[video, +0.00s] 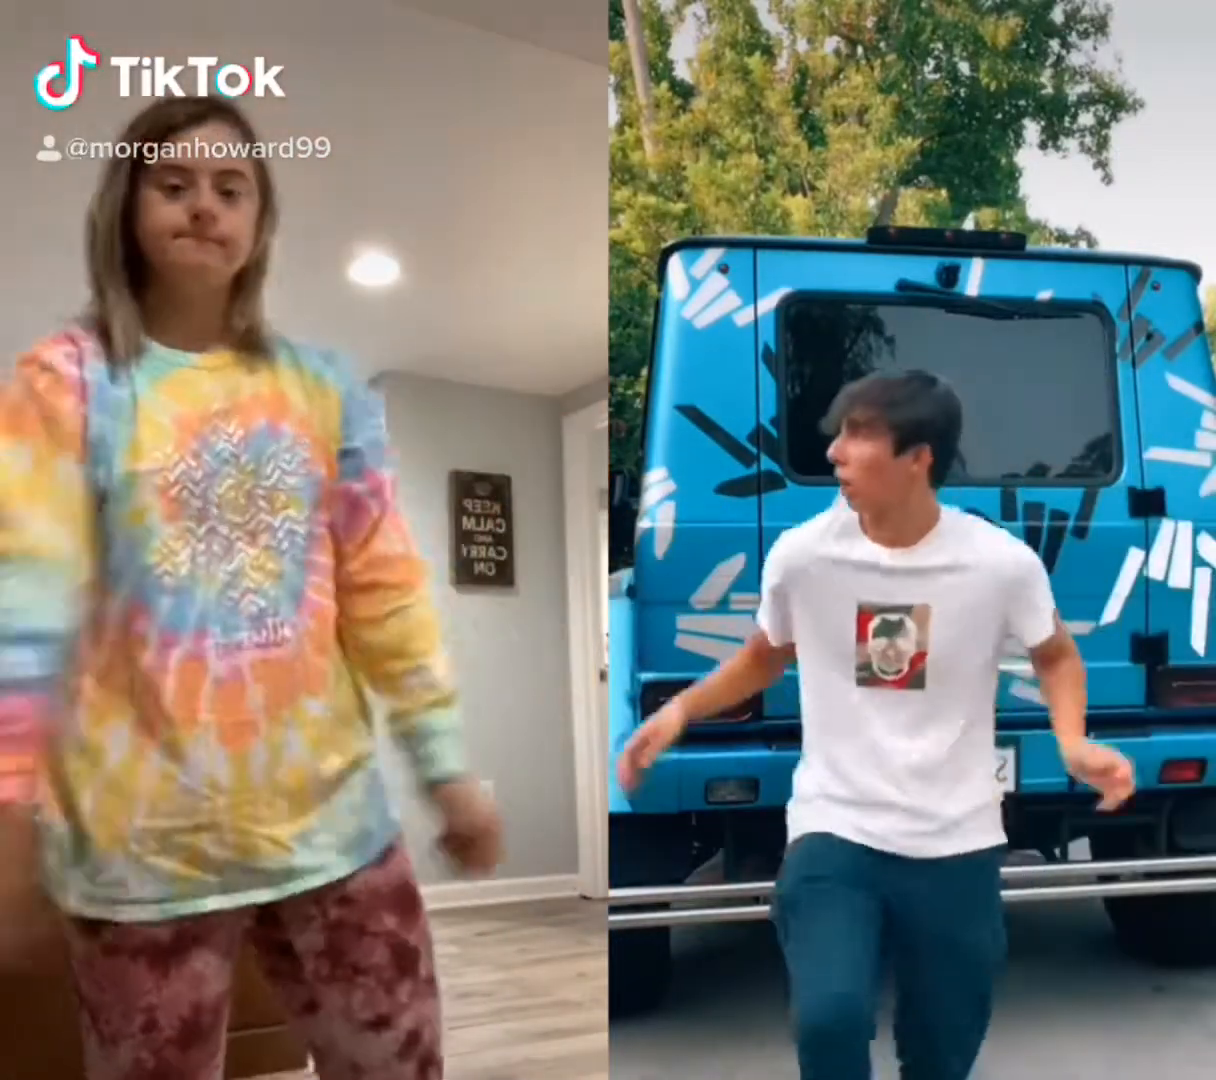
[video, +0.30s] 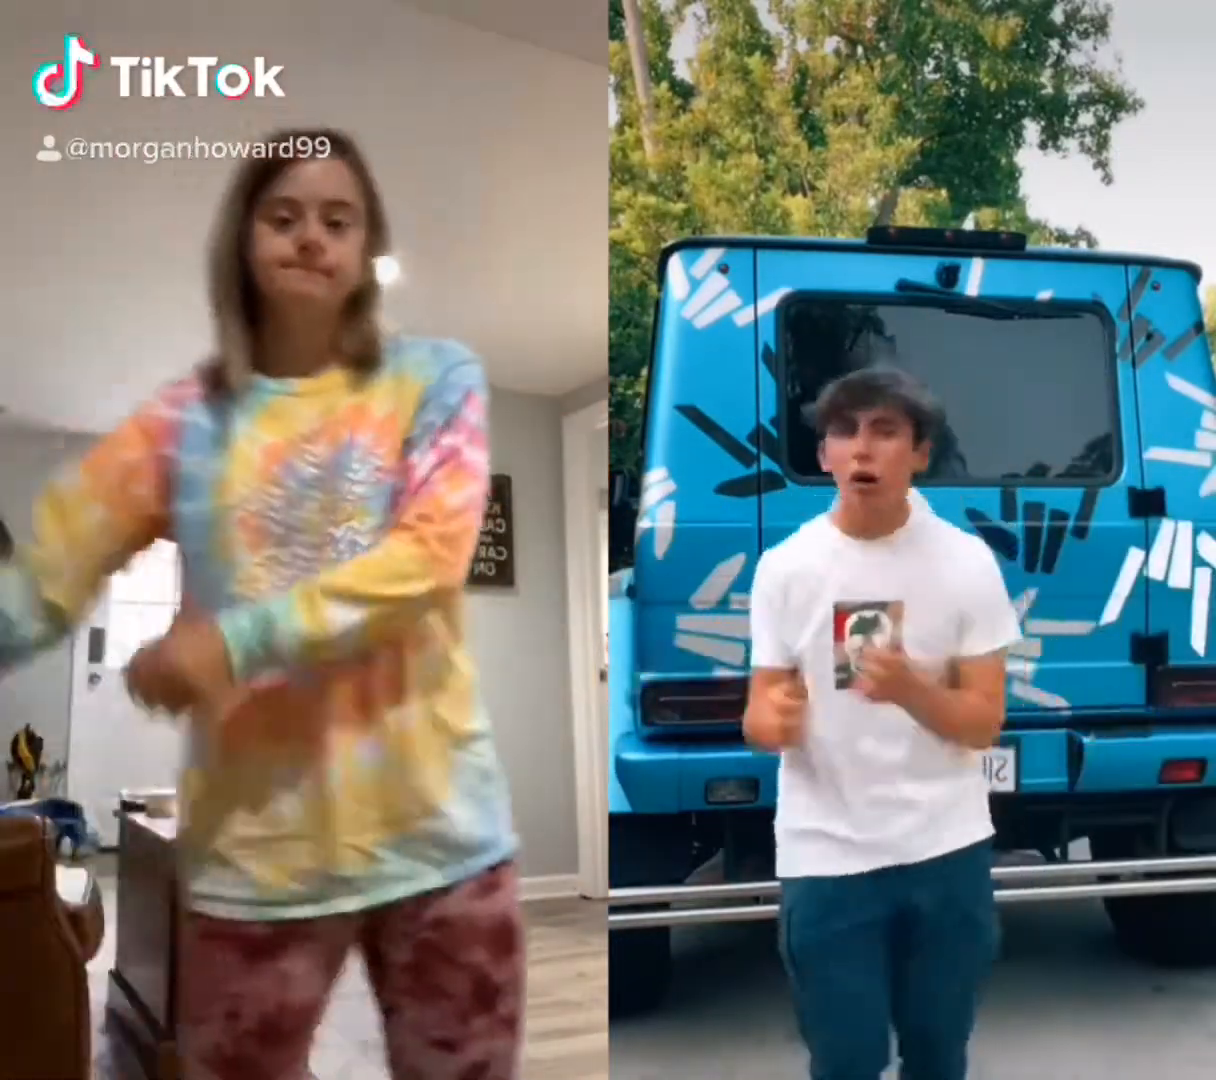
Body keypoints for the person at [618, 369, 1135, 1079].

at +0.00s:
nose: (836, 452)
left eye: (858, 437)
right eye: (840, 435)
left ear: (919, 461)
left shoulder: (1003, 566)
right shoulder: (800, 556)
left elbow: (1057, 655)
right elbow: (764, 655)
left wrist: (1074, 742)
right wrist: (679, 710)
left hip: (956, 849)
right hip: (834, 833)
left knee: (941, 1057)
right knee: (827, 1023)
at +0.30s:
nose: (863, 449)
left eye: (884, 432)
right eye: (847, 431)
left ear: (919, 452)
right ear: (825, 452)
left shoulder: (966, 563)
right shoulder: (785, 570)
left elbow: (984, 721)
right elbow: (760, 714)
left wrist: (910, 689)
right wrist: (778, 721)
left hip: (946, 854)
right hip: (826, 860)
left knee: (939, 1060)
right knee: (846, 1061)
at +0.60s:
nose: (900, 432)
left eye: (920, 416)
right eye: (882, 414)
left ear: (945, 434)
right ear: (845, 428)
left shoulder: (980, 536)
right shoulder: (787, 537)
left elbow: (1009, 697)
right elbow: (794, 679)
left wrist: (889, 606)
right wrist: (931, 600)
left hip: (952, 837)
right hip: (824, 853)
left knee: (971, 1056)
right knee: (842, 1062)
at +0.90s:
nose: (930, 469)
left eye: (951, 449)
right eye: (909, 452)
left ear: (982, 470)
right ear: (876, 476)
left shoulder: (1025, 593)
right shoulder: (819, 596)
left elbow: (1085, 769)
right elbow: (803, 782)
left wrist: (1036, 704)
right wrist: (882, 712)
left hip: (985, 893)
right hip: (854, 901)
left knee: (990, 1070)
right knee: (873, 1069)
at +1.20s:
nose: (910, 457)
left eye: (933, 436)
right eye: (886, 436)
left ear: (965, 462)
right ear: (849, 463)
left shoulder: (1013, 593)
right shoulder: (786, 604)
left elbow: (1058, 791)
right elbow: (788, 806)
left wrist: (991, 692)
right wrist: (878, 685)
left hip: (990, 916)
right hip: (841, 925)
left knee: (1019, 1067)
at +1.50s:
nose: (878, 379)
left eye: (901, 354)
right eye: (854, 359)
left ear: (944, 375)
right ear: (825, 386)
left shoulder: (1015, 481)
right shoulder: (804, 538)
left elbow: (1054, 629)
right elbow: (839, 752)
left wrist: (889, 550)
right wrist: (740, 660)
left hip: (1035, 870)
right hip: (885, 890)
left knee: (1043, 1064)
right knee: (917, 1064)